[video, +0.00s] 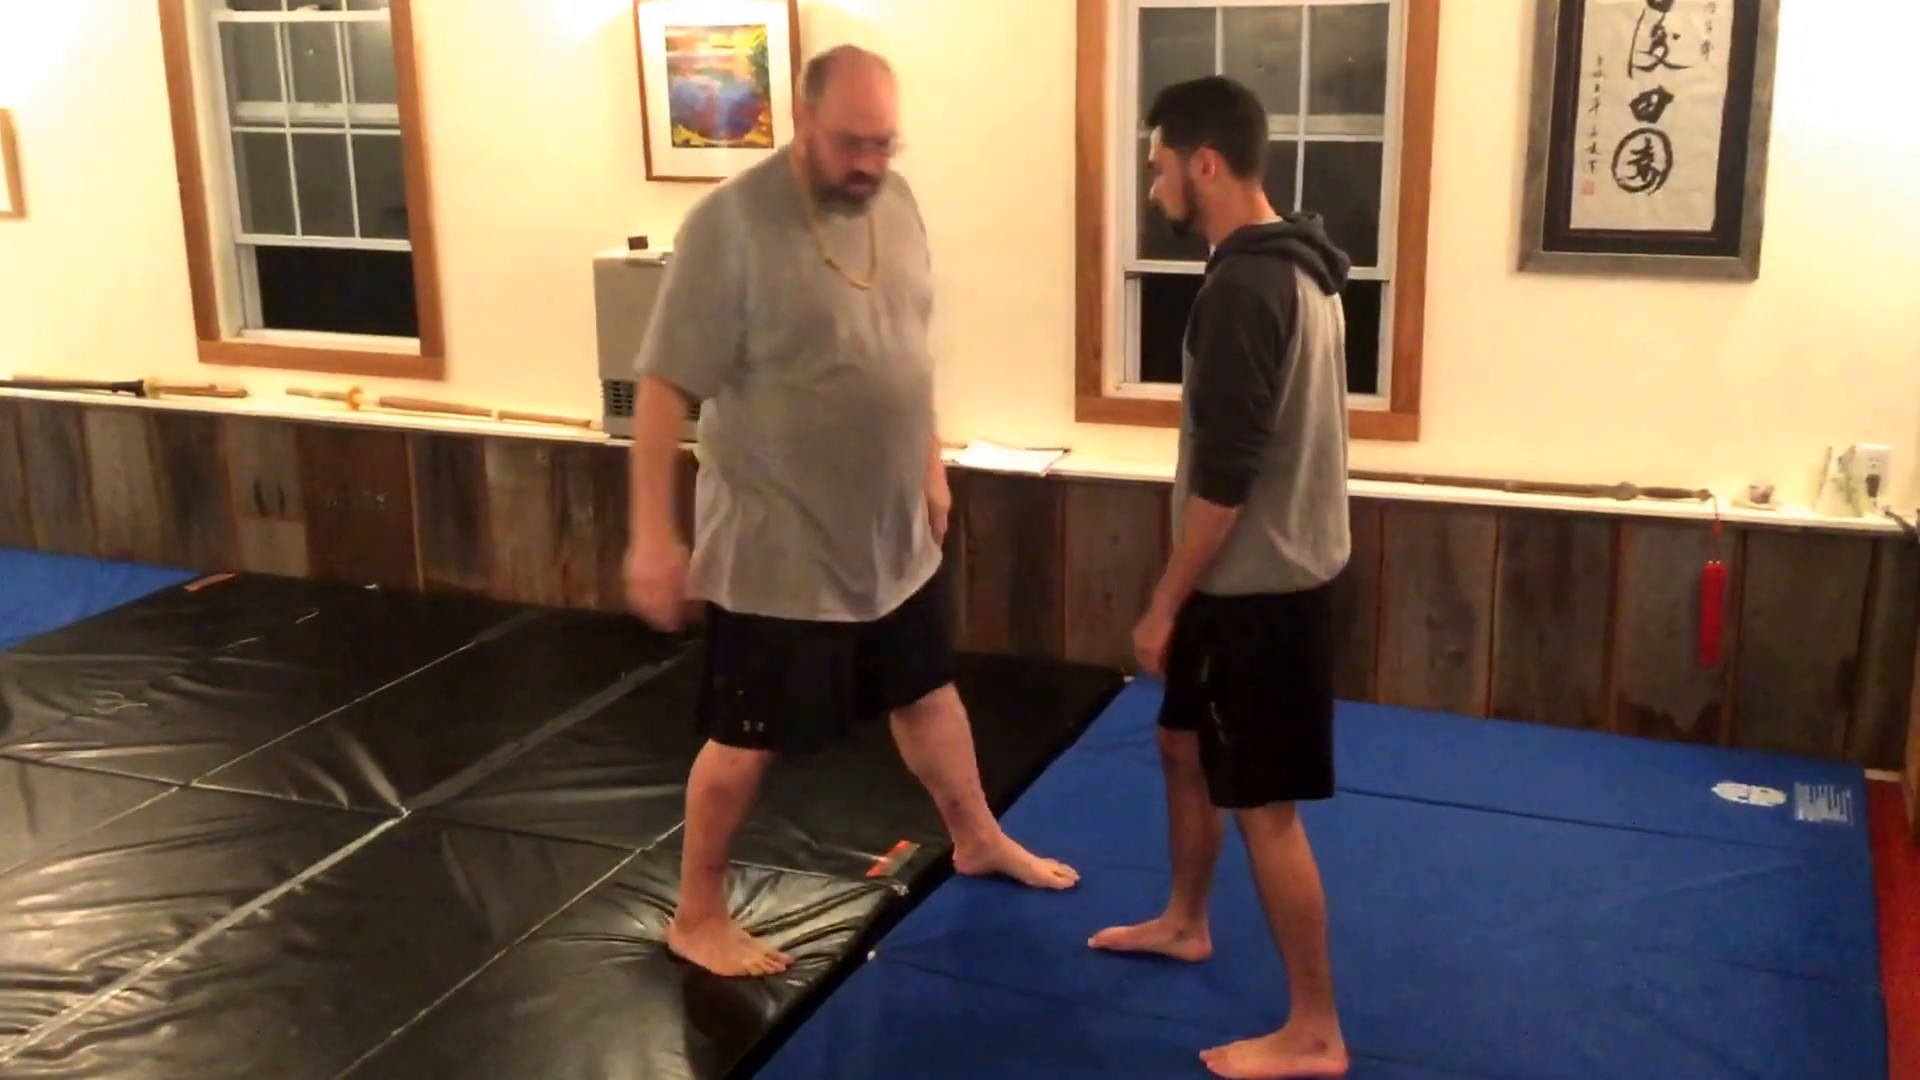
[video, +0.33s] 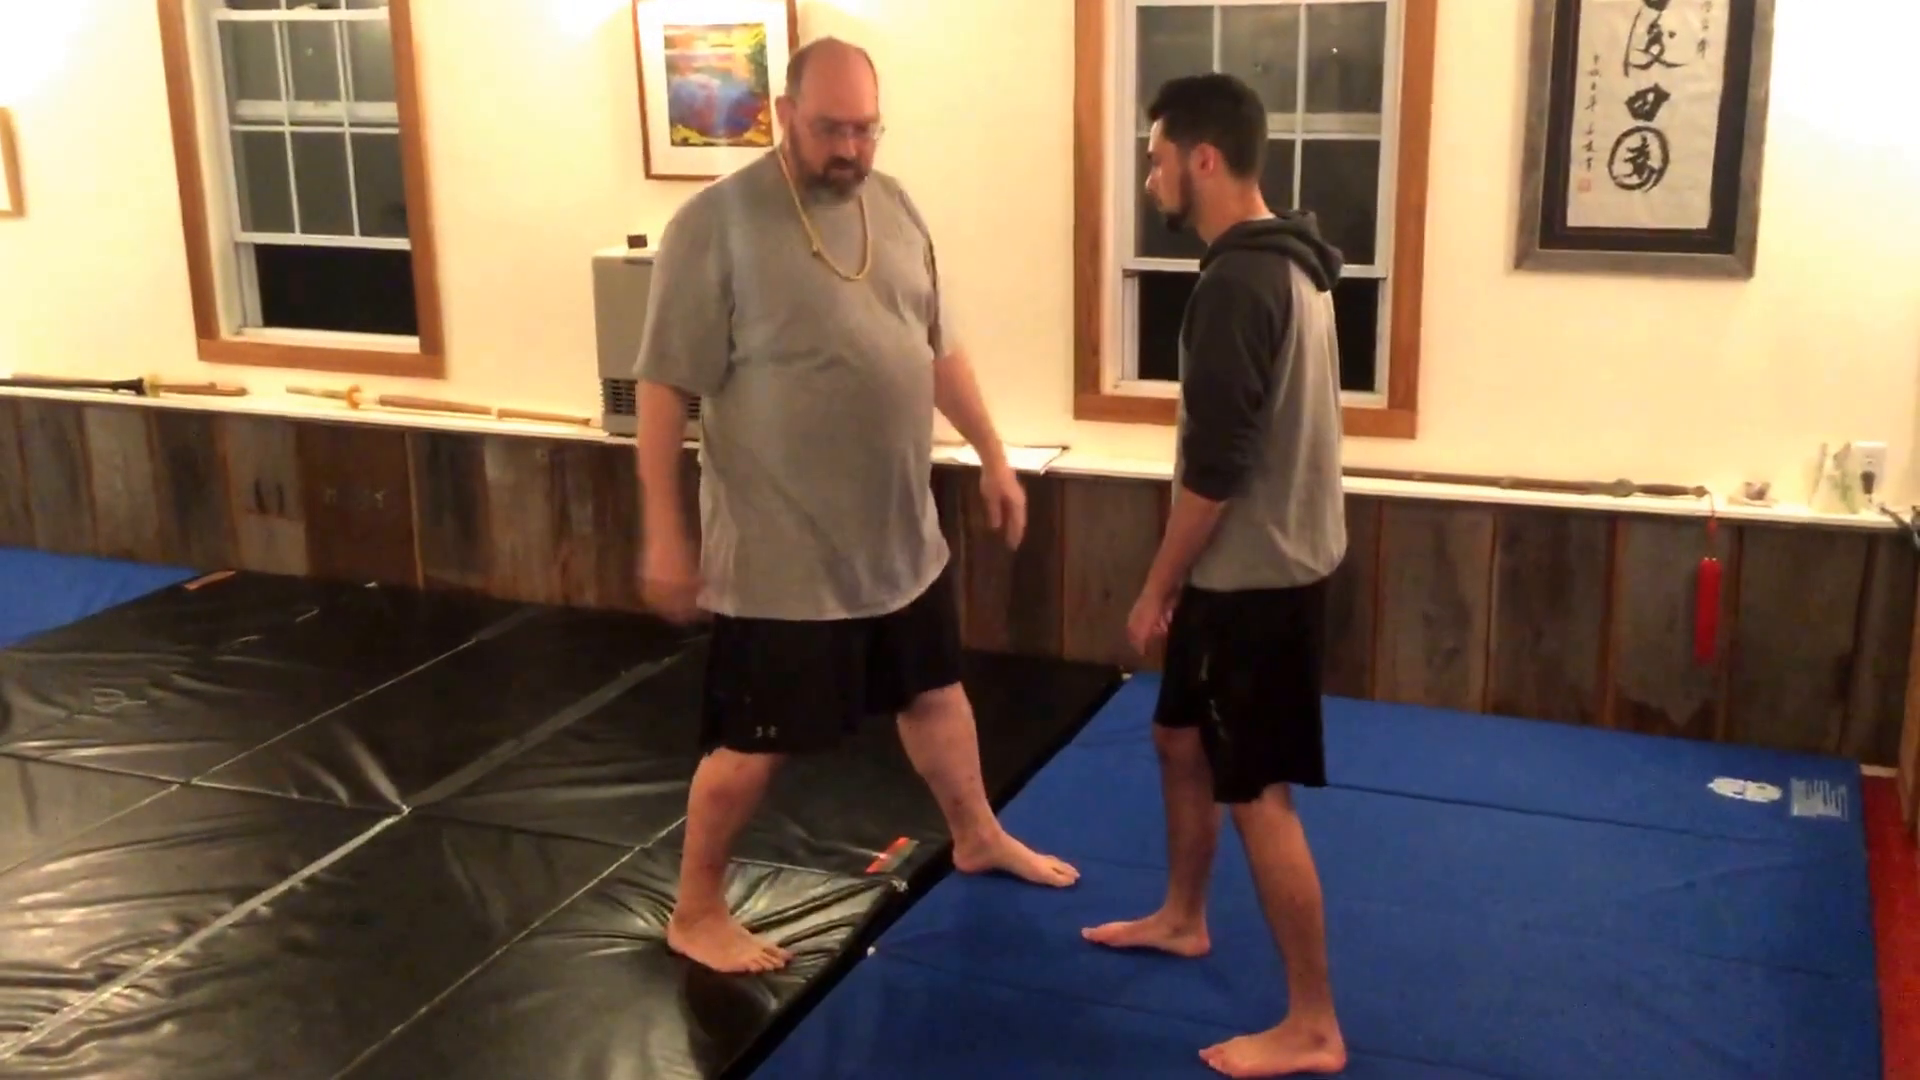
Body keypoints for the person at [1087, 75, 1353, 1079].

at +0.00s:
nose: (1156, 185)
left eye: (1162, 164)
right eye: (1156, 166)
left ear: (1207, 163)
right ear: (1238, 162)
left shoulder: (1242, 287)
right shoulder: (1299, 261)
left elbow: (1227, 477)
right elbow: (1289, 439)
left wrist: (1164, 605)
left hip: (1258, 582)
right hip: (1263, 567)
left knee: (1263, 807)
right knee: (1184, 744)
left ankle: (1315, 1031)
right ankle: (1184, 919)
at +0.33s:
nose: (1151, 174)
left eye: (1158, 154)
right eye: (1152, 155)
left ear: (1205, 158)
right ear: (1232, 158)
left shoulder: (1237, 282)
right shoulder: (1290, 256)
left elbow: (1216, 468)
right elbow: (1274, 434)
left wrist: (1158, 588)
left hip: (1255, 569)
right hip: (1250, 557)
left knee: (1256, 792)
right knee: (1181, 741)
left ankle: (1313, 1025)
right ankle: (1183, 915)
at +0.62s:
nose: (1150, 168)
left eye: (1158, 149)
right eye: (1152, 149)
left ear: (1204, 157)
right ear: (1231, 156)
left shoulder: (1235, 281)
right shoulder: (1289, 252)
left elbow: (1230, 470)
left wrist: (1182, 607)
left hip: (1254, 575)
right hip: (1248, 560)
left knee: (1264, 797)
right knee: (1178, 738)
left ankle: (1312, 1021)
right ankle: (1180, 913)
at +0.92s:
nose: (1148, 167)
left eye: (1157, 149)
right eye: (1150, 148)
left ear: (1203, 156)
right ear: (1231, 156)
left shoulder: (1228, 284)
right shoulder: (1288, 256)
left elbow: (1223, 476)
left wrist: (1173, 624)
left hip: (1245, 579)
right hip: (1247, 561)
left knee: (1261, 796)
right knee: (1173, 733)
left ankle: (1310, 1018)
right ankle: (1180, 909)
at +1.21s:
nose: (1146, 164)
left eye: (1155, 146)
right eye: (1149, 145)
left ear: (1200, 155)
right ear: (1227, 154)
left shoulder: (1223, 284)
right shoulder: (1278, 260)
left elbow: (1204, 474)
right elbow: (1270, 435)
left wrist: (1144, 606)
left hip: (1236, 574)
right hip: (1237, 560)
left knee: (1257, 791)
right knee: (1168, 734)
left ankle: (1308, 1016)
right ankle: (1178, 908)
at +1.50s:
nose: (1142, 162)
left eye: (1151, 143)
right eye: (1145, 142)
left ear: (1197, 154)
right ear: (1226, 153)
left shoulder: (1216, 282)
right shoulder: (1274, 257)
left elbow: (1196, 472)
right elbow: (1268, 429)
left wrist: (1133, 600)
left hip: (1228, 570)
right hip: (1233, 555)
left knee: (1252, 786)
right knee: (1162, 731)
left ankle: (1307, 1013)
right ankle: (1177, 907)